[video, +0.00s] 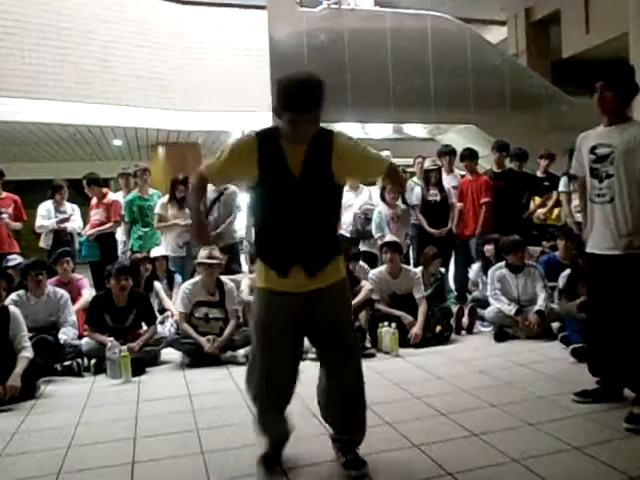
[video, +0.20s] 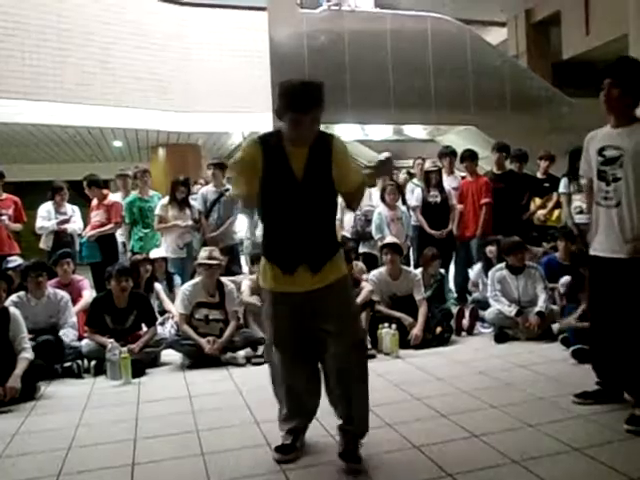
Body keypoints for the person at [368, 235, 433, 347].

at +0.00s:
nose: (389, 256)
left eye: (393, 252)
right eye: (386, 252)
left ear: (400, 254)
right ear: (382, 256)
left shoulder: (413, 274)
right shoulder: (375, 275)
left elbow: (422, 302)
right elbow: (376, 303)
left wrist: (419, 327)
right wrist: (401, 315)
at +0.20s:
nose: (390, 258)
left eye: (393, 254)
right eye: (386, 254)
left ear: (400, 256)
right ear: (382, 257)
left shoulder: (413, 276)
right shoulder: (375, 276)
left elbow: (422, 303)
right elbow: (376, 304)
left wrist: (419, 328)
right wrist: (402, 317)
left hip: (408, 306)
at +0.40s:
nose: (394, 257)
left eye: (397, 253)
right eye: (390, 253)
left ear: (404, 256)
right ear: (386, 256)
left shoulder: (417, 275)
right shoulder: (377, 277)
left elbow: (426, 303)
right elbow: (379, 305)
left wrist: (423, 327)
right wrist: (406, 316)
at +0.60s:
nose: (400, 256)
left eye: (403, 252)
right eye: (396, 252)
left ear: (409, 254)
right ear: (392, 255)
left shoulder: (420, 274)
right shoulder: (384, 275)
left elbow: (432, 301)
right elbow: (385, 303)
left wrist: (428, 326)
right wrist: (412, 315)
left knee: (415, 298)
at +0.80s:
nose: (398, 253)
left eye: (402, 248)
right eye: (394, 249)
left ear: (408, 251)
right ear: (390, 252)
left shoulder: (421, 271)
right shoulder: (383, 271)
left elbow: (429, 299)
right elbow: (382, 299)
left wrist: (425, 324)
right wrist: (408, 312)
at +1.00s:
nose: (393, 250)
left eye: (396, 246)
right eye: (389, 247)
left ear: (402, 249)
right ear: (384, 250)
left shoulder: (414, 269)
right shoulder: (377, 269)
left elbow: (423, 297)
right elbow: (375, 298)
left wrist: (418, 322)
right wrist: (402, 310)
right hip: (386, 304)